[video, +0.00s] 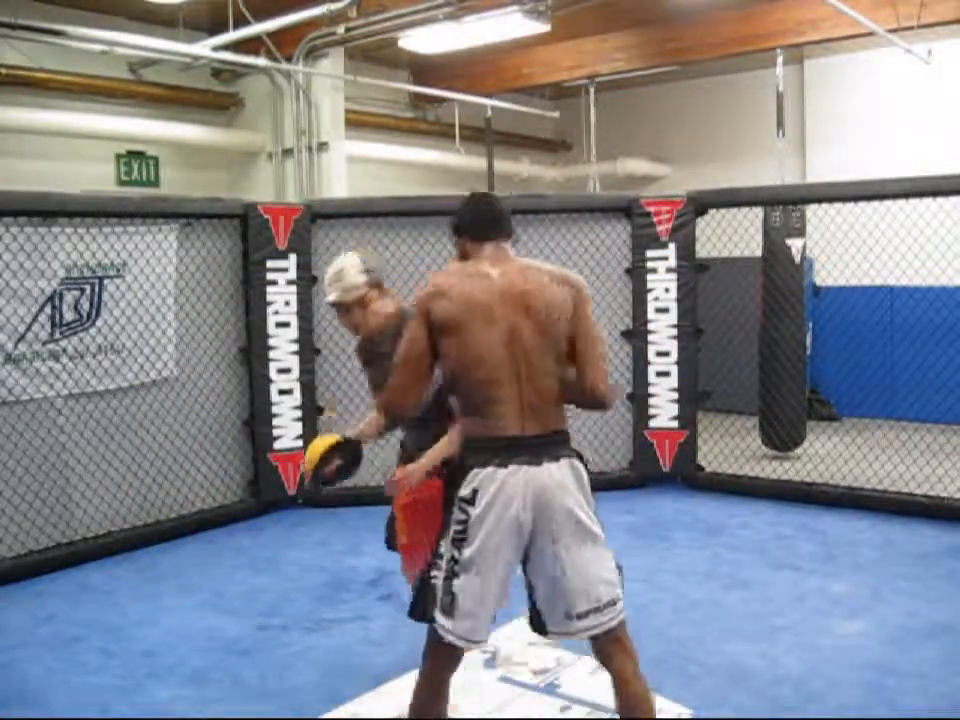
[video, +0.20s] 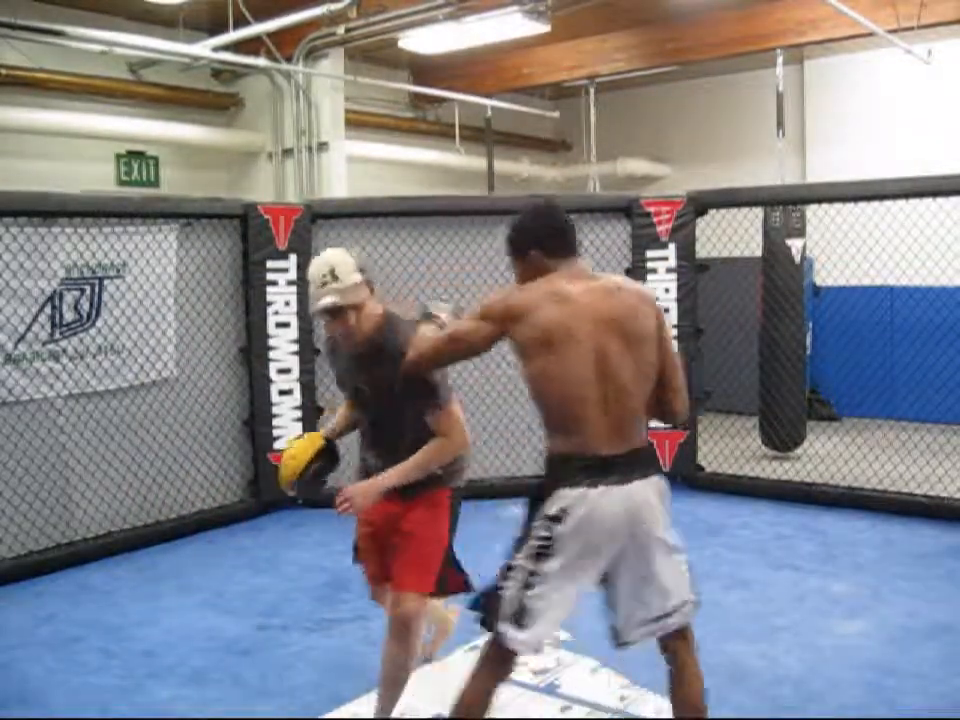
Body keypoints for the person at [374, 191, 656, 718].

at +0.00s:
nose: (456, 251)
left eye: (455, 244)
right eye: (460, 245)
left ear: (460, 241)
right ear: (510, 237)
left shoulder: (439, 292)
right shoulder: (566, 286)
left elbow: (401, 401)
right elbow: (598, 392)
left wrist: (452, 388)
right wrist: (540, 380)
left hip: (489, 484)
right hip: (563, 478)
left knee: (441, 657)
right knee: (616, 645)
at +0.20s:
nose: (516, 271)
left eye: (516, 260)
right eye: (514, 261)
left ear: (531, 255)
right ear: (573, 248)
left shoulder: (518, 304)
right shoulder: (638, 299)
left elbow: (418, 357)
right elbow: (676, 409)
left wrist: (435, 326)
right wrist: (616, 379)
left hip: (576, 499)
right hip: (646, 492)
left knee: (501, 651)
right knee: (680, 643)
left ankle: (460, 712)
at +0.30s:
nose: (532, 254)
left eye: (535, 242)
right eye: (531, 243)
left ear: (558, 237)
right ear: (591, 232)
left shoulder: (556, 276)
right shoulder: (666, 281)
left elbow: (455, 322)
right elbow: (693, 386)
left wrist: (410, 302)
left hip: (620, 479)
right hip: (682, 473)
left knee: (541, 633)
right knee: (685, 643)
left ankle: (519, 711)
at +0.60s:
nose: (594, 271)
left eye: (603, 262)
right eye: (595, 260)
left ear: (639, 270)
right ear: (655, 270)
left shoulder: (620, 323)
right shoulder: (709, 313)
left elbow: (510, 363)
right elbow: (723, 397)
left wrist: (456, 323)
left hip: (700, 509)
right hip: (739, 489)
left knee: (589, 659)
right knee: (732, 613)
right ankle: (773, 710)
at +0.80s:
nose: (580, 261)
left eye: (593, 252)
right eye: (580, 249)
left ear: (634, 253)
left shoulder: (687, 313)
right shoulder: (614, 305)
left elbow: (701, 407)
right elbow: (569, 341)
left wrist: (616, 366)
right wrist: (536, 326)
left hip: (695, 481)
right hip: (666, 477)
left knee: (625, 652)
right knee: (709, 609)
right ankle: (769, 711)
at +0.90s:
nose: (576, 260)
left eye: (589, 249)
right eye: (576, 246)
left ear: (632, 250)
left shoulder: (688, 302)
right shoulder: (589, 278)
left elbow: (729, 411)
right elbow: (493, 298)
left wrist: (639, 355)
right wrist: (447, 284)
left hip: (694, 473)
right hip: (646, 468)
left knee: (636, 651)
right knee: (702, 609)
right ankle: (776, 709)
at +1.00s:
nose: (569, 261)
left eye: (581, 249)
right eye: (568, 248)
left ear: (626, 244)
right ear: (616, 243)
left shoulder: (690, 295)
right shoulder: (581, 277)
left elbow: (723, 411)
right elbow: (509, 305)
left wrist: (638, 358)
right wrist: (472, 310)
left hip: (681, 472)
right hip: (633, 468)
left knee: (636, 651)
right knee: (687, 609)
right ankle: (765, 702)